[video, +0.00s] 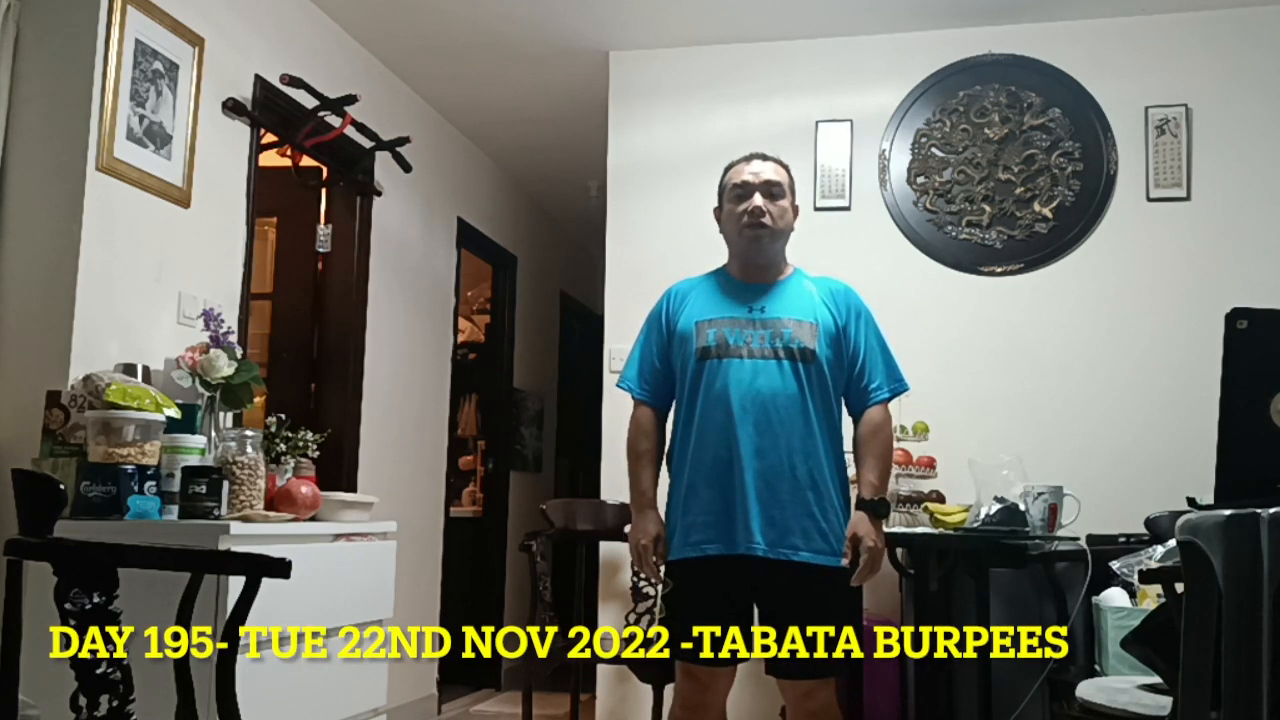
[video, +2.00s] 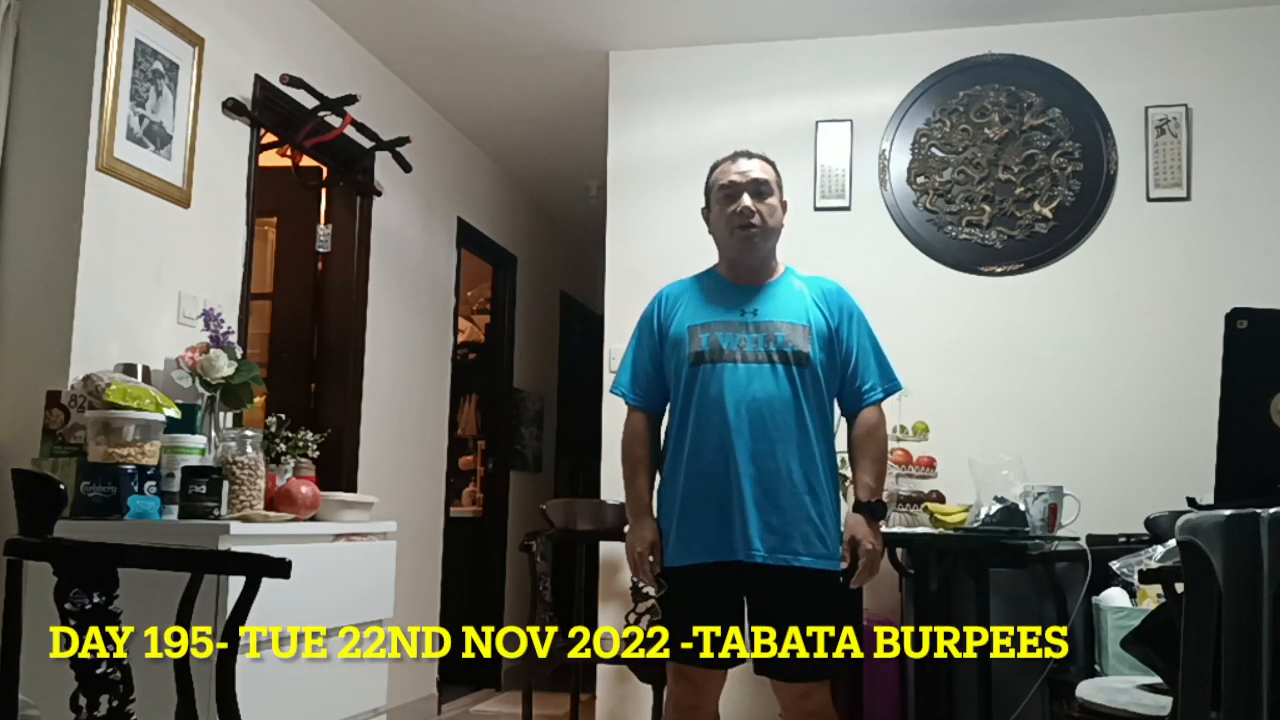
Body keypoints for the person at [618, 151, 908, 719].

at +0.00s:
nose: (757, 200)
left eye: (772, 192)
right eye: (741, 192)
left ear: (794, 215)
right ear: (719, 217)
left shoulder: (837, 303)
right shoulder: (681, 302)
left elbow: (874, 408)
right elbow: (646, 410)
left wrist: (870, 509)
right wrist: (643, 510)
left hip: (810, 542)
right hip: (704, 538)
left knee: (814, 699)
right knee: (698, 691)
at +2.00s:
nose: (745, 201)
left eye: (760, 191)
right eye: (729, 193)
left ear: (783, 213)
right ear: (707, 218)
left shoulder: (829, 303)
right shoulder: (671, 305)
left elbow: (867, 409)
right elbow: (640, 416)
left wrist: (867, 510)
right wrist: (640, 516)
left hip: (803, 541)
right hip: (698, 539)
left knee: (808, 698)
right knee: (691, 691)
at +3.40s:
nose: (982, 192)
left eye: (996, 176)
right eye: (966, 165)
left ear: (1004, 186)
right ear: (908, 158)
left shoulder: (992, 296)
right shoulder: (802, 237)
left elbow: (1074, 380)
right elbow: (732, 343)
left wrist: (1155, 450)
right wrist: (710, 457)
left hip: (885, 573)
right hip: (766, 540)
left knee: (872, 712)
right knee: (727, 702)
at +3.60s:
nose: (996, 190)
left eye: (1011, 173)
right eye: (979, 162)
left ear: (1016, 183)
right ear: (919, 158)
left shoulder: (1005, 297)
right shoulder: (810, 234)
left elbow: (1080, 389)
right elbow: (738, 340)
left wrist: (1151, 466)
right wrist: (717, 456)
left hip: (893, 577)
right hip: (771, 539)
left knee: (865, 717)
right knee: (726, 705)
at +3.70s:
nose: (1001, 191)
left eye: (1014, 174)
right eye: (983, 162)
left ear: (1018, 184)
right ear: (922, 158)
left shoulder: (1007, 297)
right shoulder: (812, 233)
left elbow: (1081, 389)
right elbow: (739, 340)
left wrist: (1151, 465)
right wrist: (718, 458)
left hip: (895, 577)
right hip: (772, 539)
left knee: (865, 716)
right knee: (727, 704)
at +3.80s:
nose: (1002, 188)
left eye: (1015, 172)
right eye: (984, 161)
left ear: (1018, 184)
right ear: (922, 157)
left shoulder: (1008, 297)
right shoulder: (813, 233)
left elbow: (1083, 390)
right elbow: (739, 339)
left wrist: (1151, 464)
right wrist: (718, 457)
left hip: (895, 576)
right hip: (773, 538)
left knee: (864, 716)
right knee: (727, 703)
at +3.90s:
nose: (1002, 188)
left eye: (1015, 172)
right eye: (984, 160)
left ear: (1018, 183)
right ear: (922, 156)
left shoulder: (1008, 297)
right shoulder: (814, 233)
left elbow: (1082, 390)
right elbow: (740, 338)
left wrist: (1152, 463)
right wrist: (718, 456)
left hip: (895, 574)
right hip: (772, 536)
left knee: (864, 717)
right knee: (725, 705)